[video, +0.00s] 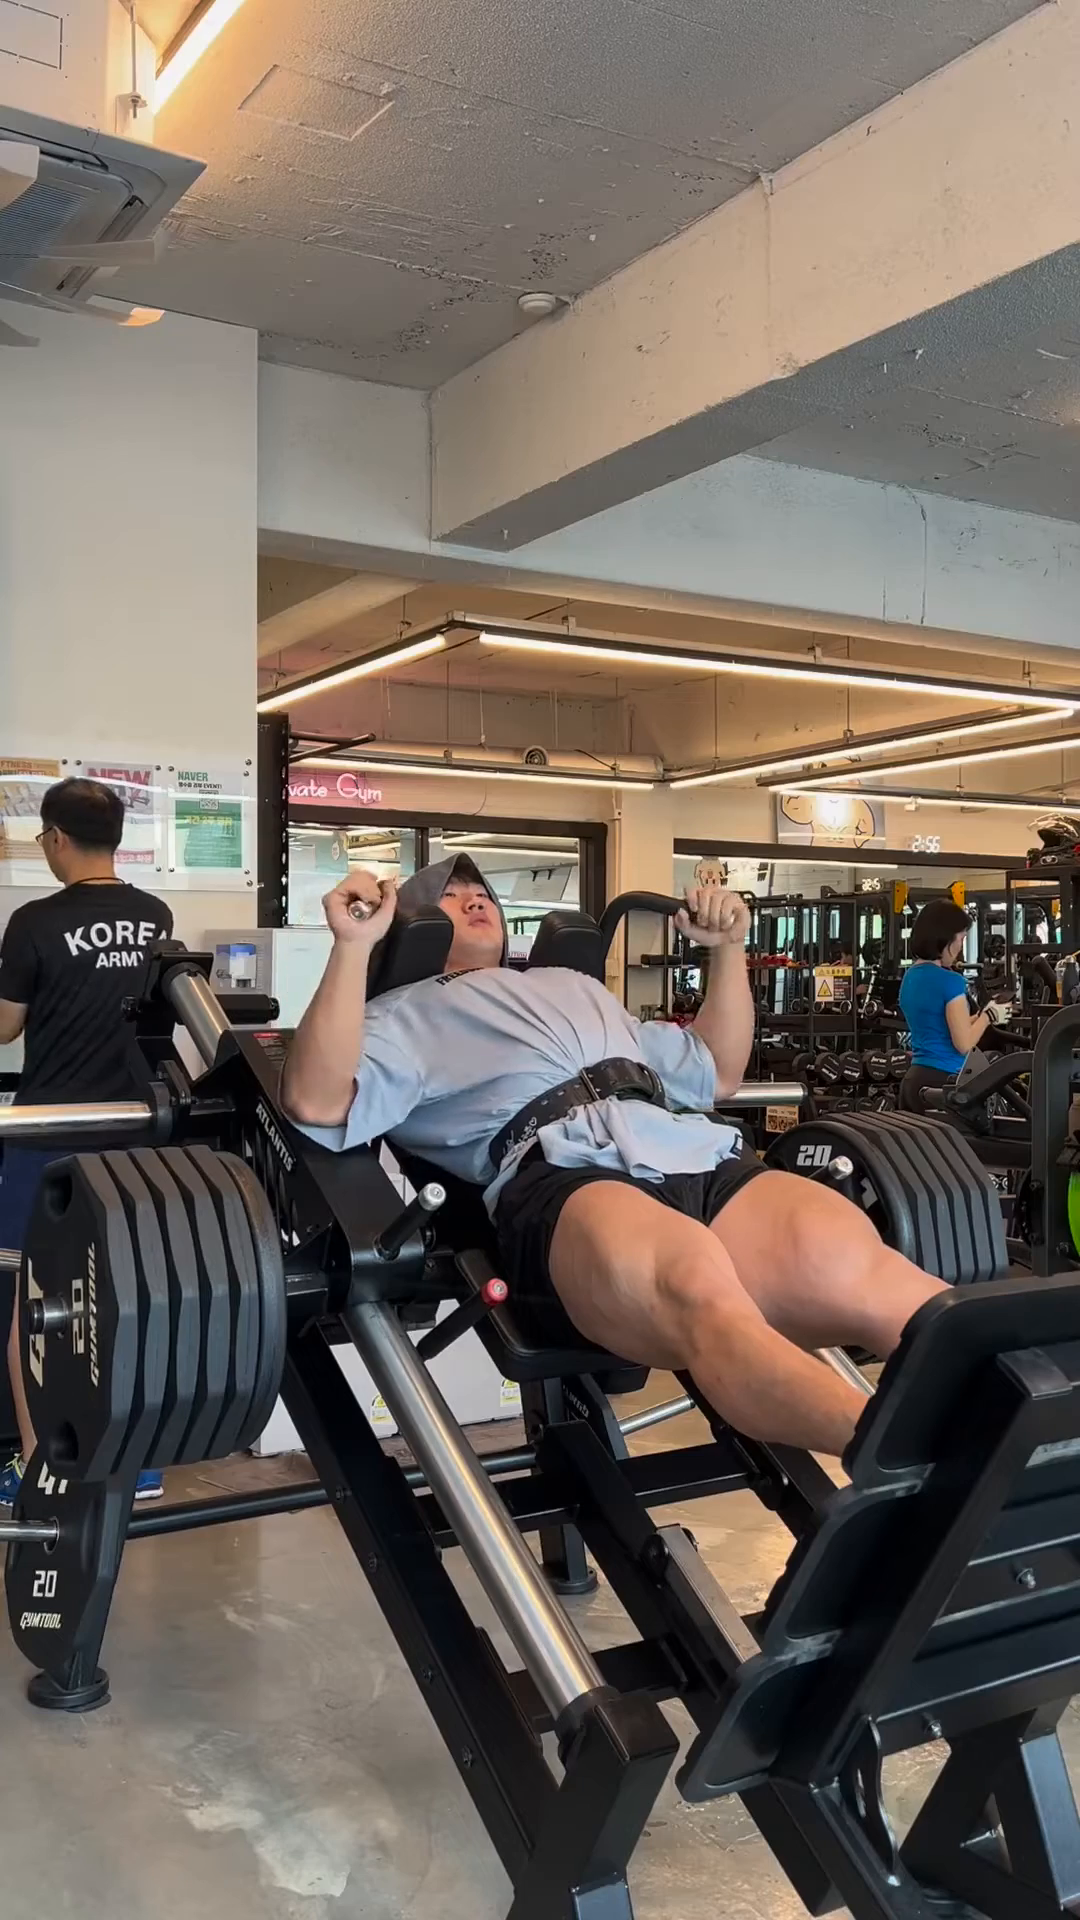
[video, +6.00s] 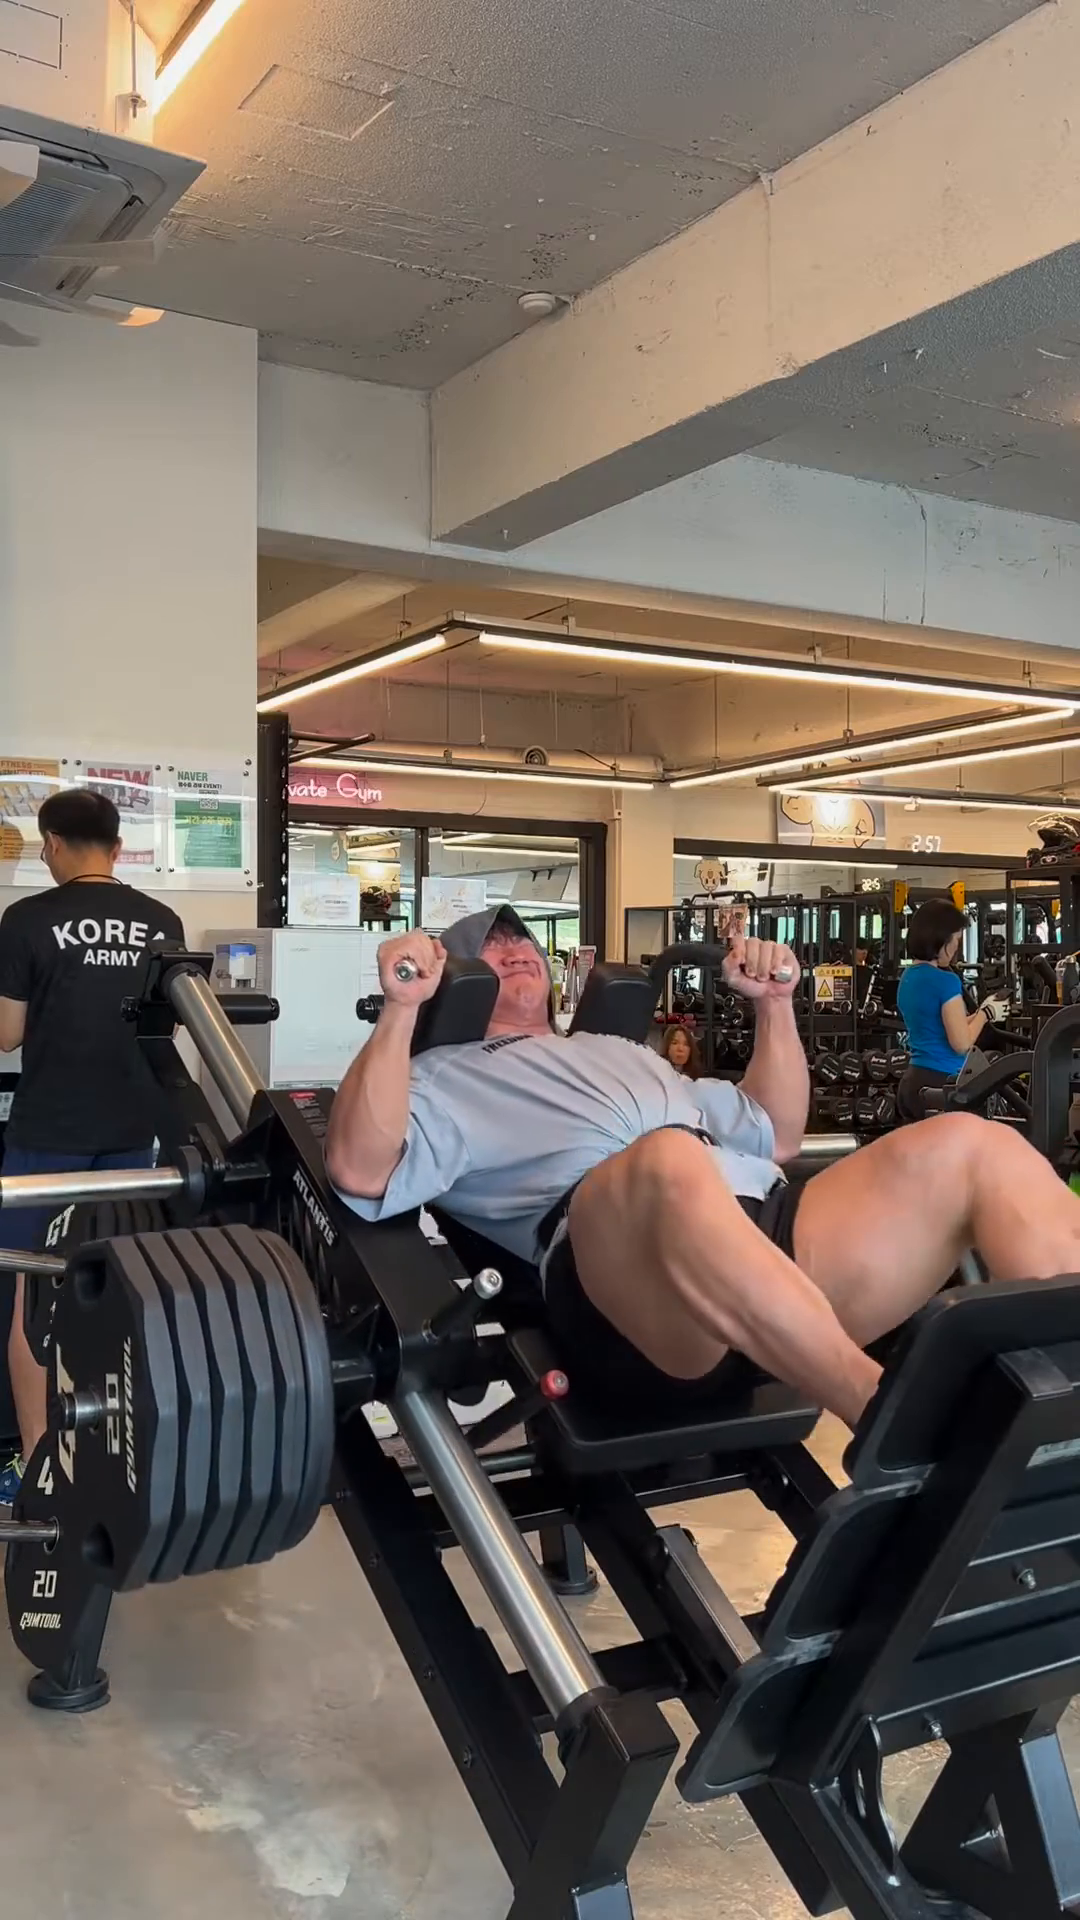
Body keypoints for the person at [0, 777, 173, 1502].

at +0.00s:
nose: (44, 848)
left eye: (44, 837)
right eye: (46, 837)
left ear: (57, 840)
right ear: (115, 840)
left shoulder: (35, 921)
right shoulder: (154, 912)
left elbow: (6, 1024)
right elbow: (161, 1006)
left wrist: (60, 986)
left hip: (47, 1134)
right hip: (136, 1133)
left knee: (25, 1296)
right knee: (131, 1292)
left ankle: (34, 1456)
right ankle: (138, 1461)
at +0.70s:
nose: (31, 854)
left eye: (32, 843)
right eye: (32, 843)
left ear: (46, 842)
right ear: (106, 843)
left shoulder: (30, 919)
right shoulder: (156, 916)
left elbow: (3, 1011)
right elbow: (174, 1013)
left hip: (42, 1134)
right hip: (134, 1135)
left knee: (24, 1297)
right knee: (133, 1294)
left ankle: (34, 1455)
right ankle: (140, 1465)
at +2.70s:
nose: (47, 857)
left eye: (45, 847)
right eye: (55, 847)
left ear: (49, 846)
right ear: (115, 848)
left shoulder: (25, 916)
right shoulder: (160, 919)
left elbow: (5, 1029)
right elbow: (172, 1020)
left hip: (46, 1128)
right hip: (135, 1127)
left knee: (29, 1291)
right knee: (122, 1283)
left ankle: (40, 1459)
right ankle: (125, 1447)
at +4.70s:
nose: (42, 861)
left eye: (40, 851)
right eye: (43, 851)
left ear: (47, 849)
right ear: (114, 848)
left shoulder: (29, 918)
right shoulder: (162, 918)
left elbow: (8, 1021)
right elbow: (173, 1019)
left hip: (49, 1131)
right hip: (136, 1131)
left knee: (28, 1299)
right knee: (129, 1287)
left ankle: (41, 1466)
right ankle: (140, 1454)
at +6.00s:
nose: (49, 858)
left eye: (47, 847)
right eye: (56, 848)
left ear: (50, 846)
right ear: (117, 848)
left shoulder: (29, 919)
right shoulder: (164, 921)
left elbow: (9, 1032)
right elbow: (170, 1021)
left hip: (50, 1130)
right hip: (142, 1128)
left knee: (23, 1297)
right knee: (128, 1287)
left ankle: (41, 1458)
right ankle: (131, 1445)